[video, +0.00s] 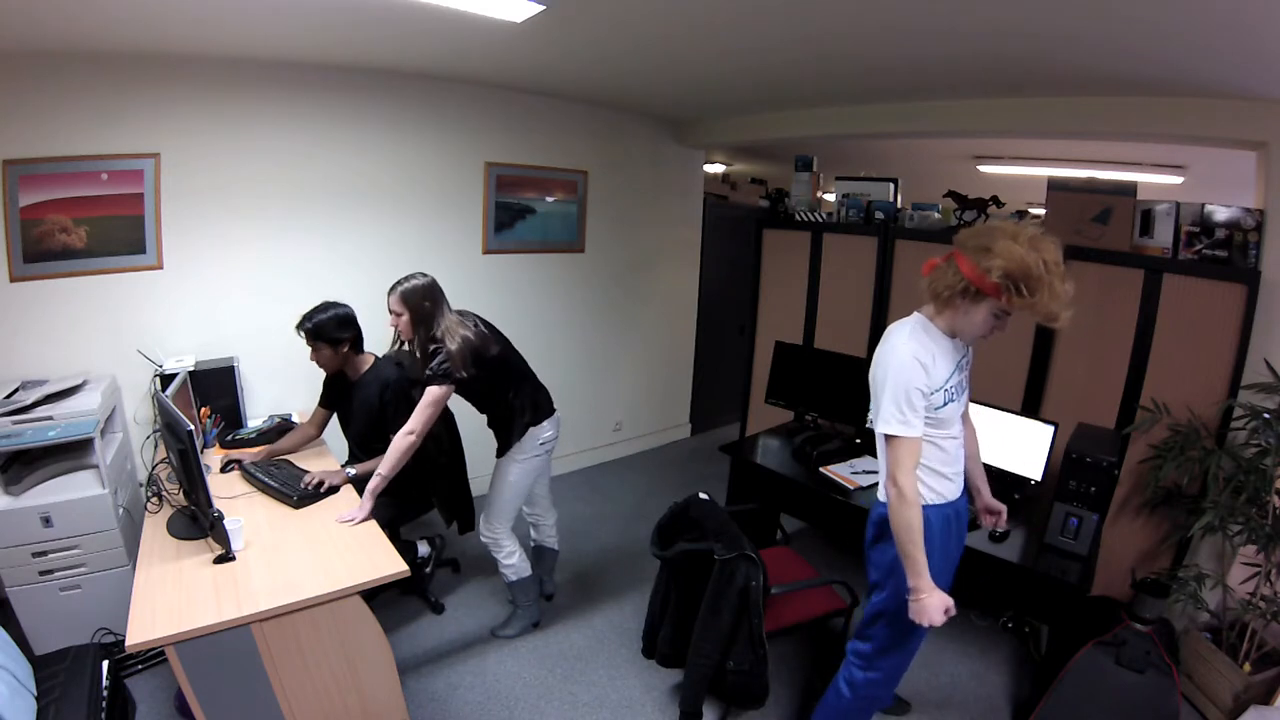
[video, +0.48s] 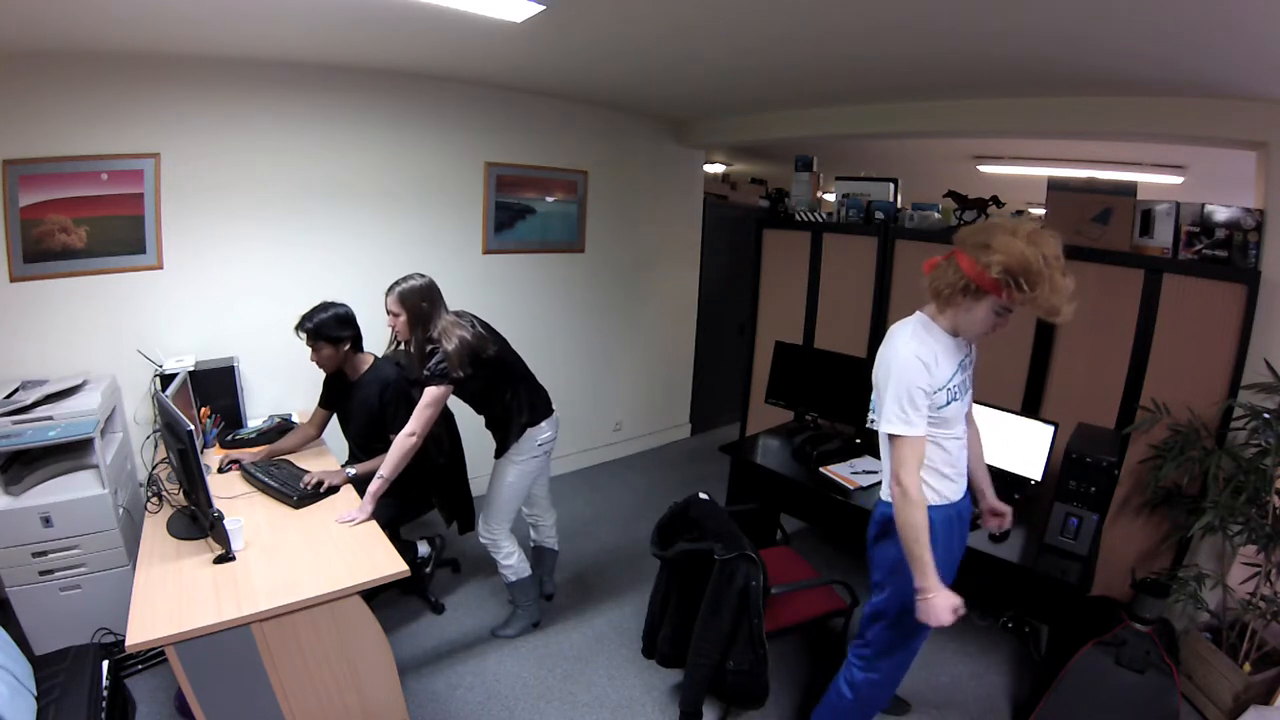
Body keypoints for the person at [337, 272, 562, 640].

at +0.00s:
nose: (392, 323)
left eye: (396, 315)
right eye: (391, 314)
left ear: (421, 312)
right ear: (429, 310)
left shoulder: (449, 349)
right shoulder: (460, 321)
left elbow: (412, 433)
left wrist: (369, 495)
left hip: (526, 431)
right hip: (539, 419)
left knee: (494, 528)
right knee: (539, 507)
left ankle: (527, 607)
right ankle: (545, 581)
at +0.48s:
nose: (390, 324)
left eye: (394, 315)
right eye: (388, 315)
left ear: (419, 313)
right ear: (426, 310)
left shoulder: (447, 349)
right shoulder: (458, 322)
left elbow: (413, 434)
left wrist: (370, 497)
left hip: (525, 431)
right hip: (538, 419)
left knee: (493, 529)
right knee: (538, 506)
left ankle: (527, 607)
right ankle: (545, 581)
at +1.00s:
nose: (388, 326)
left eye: (392, 318)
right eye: (387, 318)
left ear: (416, 316)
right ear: (425, 313)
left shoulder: (445, 353)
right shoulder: (457, 325)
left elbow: (414, 436)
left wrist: (372, 500)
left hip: (526, 432)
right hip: (540, 420)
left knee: (494, 529)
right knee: (539, 507)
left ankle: (527, 607)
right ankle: (545, 581)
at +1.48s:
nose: (387, 327)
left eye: (391, 320)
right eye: (386, 319)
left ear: (414, 318)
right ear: (422, 314)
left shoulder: (445, 352)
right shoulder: (455, 326)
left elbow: (414, 436)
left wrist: (371, 500)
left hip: (528, 432)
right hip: (540, 419)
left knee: (494, 528)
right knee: (539, 507)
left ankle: (527, 607)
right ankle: (545, 581)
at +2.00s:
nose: (386, 327)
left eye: (390, 320)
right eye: (386, 320)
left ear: (413, 318)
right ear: (421, 315)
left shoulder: (444, 353)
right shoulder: (454, 327)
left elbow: (414, 437)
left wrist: (371, 500)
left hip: (528, 432)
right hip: (541, 419)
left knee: (494, 529)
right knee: (540, 507)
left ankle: (527, 607)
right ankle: (545, 582)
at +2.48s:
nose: (387, 329)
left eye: (391, 321)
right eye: (386, 321)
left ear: (414, 319)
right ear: (422, 315)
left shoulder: (444, 354)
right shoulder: (455, 328)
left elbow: (415, 437)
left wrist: (372, 500)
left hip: (529, 432)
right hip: (542, 419)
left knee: (495, 529)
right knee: (540, 506)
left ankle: (527, 607)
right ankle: (545, 582)